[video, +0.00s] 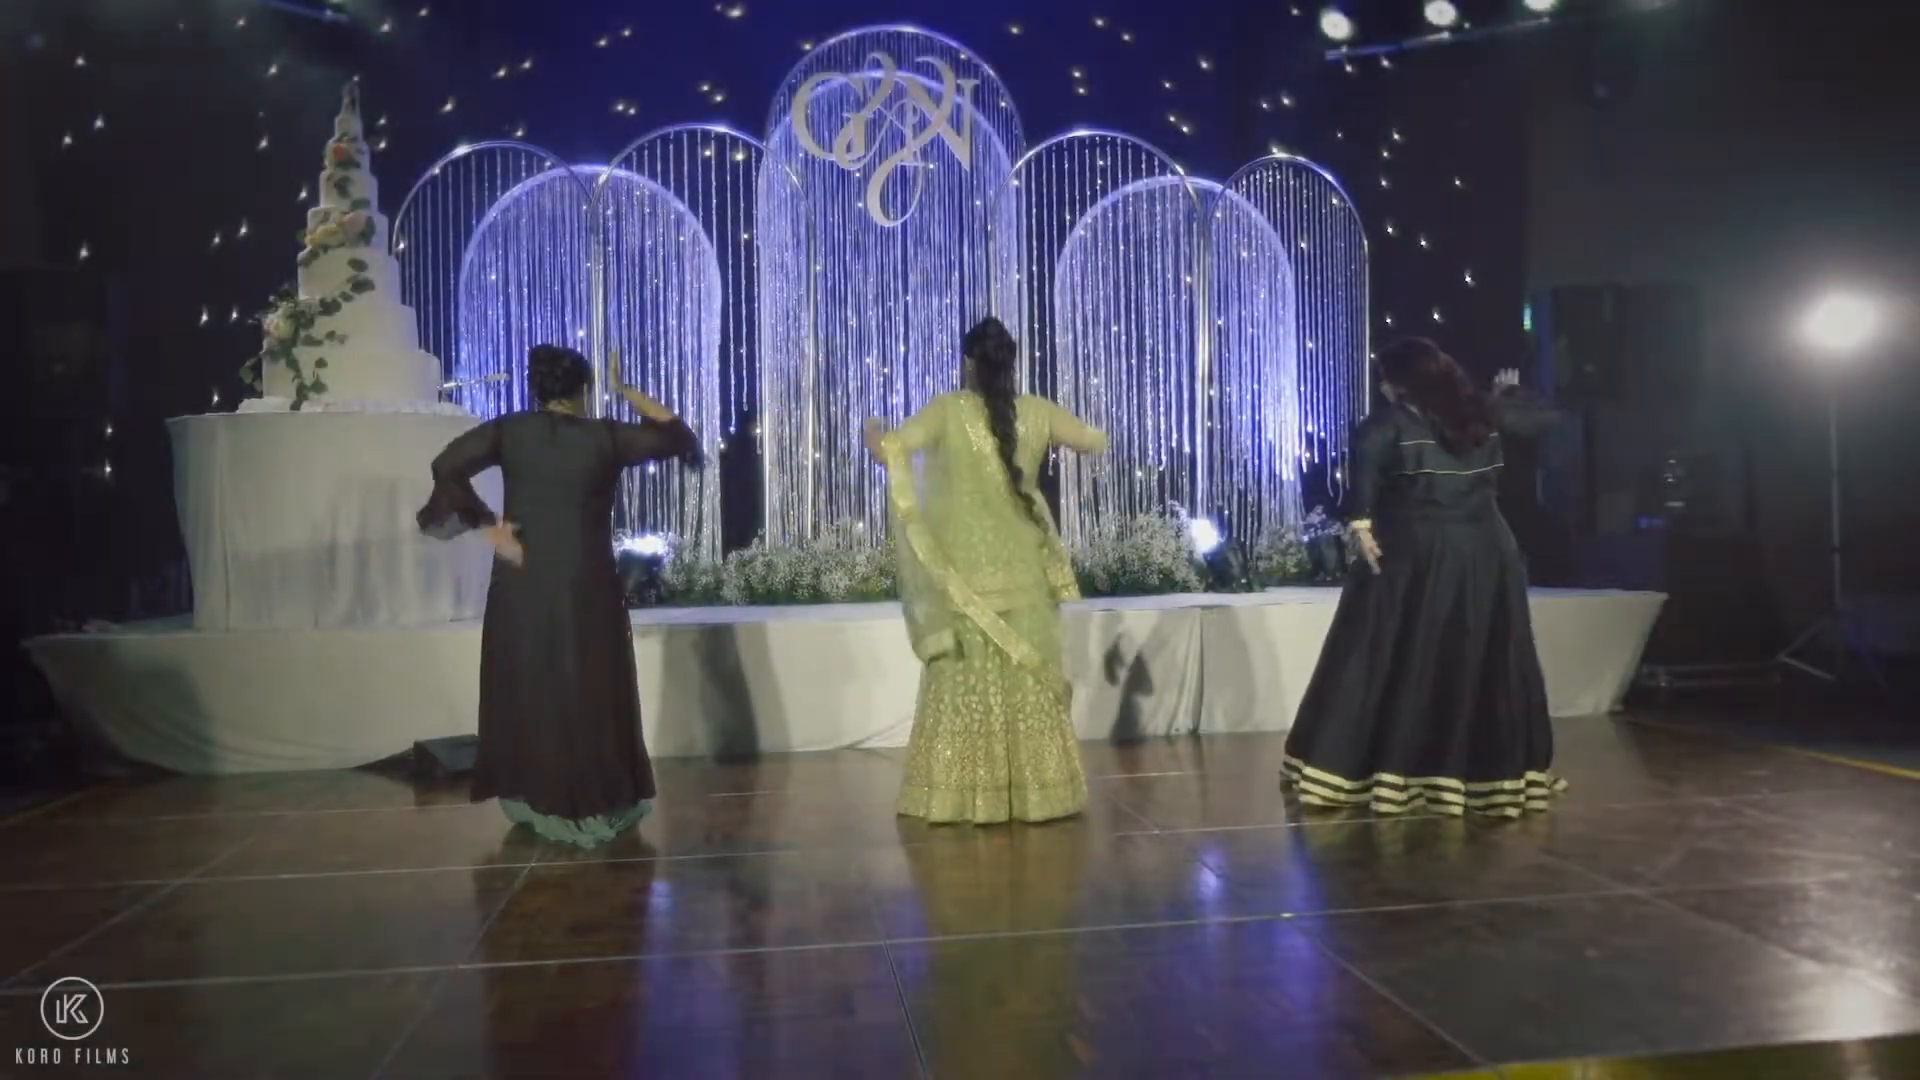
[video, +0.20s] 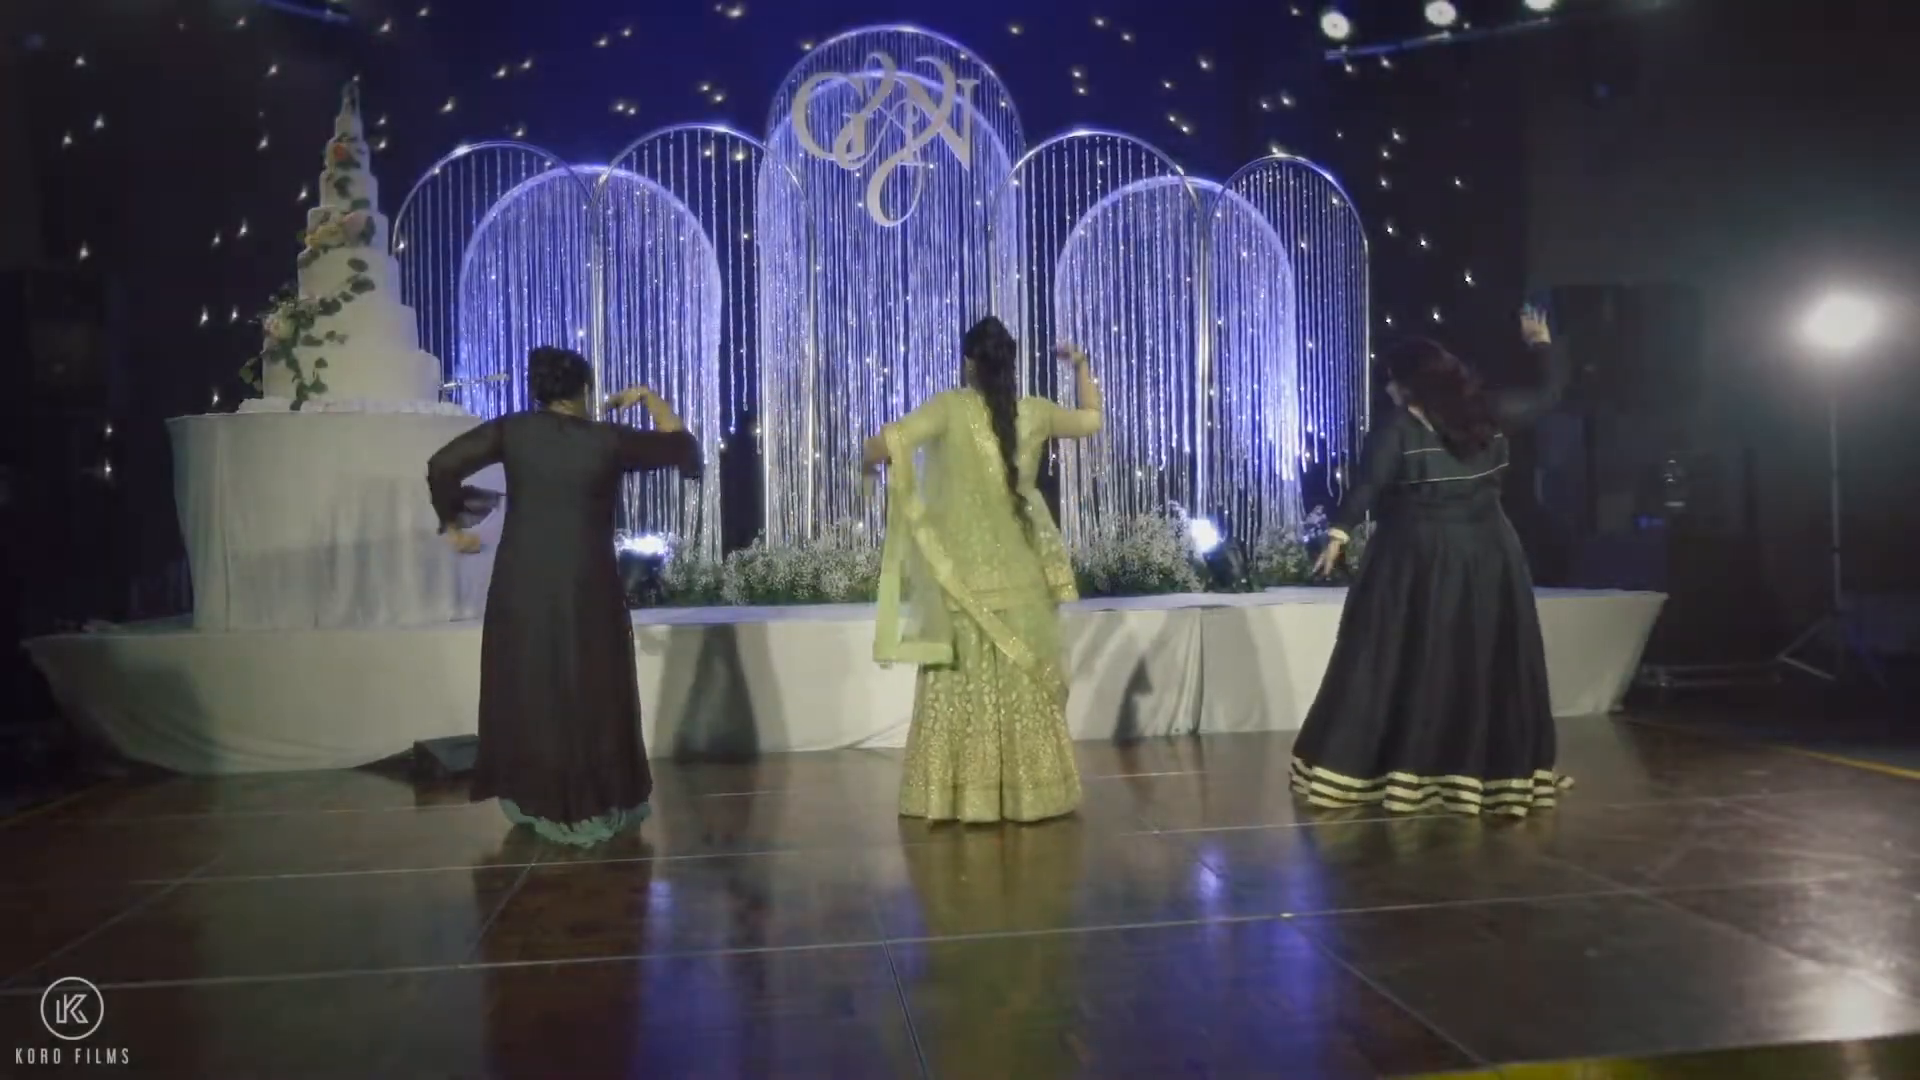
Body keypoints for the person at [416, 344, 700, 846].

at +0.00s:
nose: (583, 395)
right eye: (583, 388)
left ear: (535, 389)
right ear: (583, 390)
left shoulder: (509, 430)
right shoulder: (604, 437)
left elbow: (446, 467)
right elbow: (678, 438)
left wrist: (489, 525)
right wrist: (639, 400)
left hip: (522, 584)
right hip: (584, 583)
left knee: (527, 691)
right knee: (592, 691)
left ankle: (533, 805)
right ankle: (594, 808)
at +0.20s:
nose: (589, 396)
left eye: (584, 389)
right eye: (588, 389)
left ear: (537, 392)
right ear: (584, 392)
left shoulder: (511, 430)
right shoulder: (607, 440)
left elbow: (442, 467)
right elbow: (685, 454)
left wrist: (454, 524)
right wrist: (655, 402)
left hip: (521, 584)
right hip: (585, 586)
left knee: (528, 692)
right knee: (592, 691)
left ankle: (534, 807)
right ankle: (593, 810)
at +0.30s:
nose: (595, 399)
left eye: (590, 392)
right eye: (594, 392)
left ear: (540, 393)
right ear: (588, 393)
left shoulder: (512, 433)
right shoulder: (613, 441)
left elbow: (441, 464)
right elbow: (683, 453)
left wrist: (400, 501)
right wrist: (677, 393)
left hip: (523, 587)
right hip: (588, 589)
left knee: (531, 693)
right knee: (594, 693)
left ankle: (537, 809)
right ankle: (596, 810)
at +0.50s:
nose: (597, 396)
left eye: (593, 390)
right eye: (594, 390)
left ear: (541, 393)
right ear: (586, 392)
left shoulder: (516, 434)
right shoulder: (615, 437)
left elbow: (442, 428)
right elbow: (687, 432)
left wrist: (374, 420)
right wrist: (709, 377)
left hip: (528, 587)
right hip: (592, 588)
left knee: (536, 693)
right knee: (596, 693)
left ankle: (540, 809)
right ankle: (598, 810)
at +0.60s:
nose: (592, 397)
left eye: (583, 389)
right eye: (590, 388)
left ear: (543, 393)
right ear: (587, 391)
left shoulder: (519, 434)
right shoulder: (615, 437)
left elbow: (453, 403)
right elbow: (684, 409)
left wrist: (403, 364)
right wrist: (704, 349)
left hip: (530, 586)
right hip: (593, 587)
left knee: (537, 693)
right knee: (598, 693)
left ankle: (544, 810)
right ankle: (602, 809)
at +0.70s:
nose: (592, 392)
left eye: (587, 385)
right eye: (589, 386)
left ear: (540, 393)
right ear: (583, 390)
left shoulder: (521, 434)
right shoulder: (610, 437)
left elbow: (469, 386)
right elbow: (669, 397)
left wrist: (450, 329)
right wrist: (672, 332)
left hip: (531, 583)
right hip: (592, 584)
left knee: (535, 693)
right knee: (598, 693)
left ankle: (541, 809)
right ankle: (600, 810)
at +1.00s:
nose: (595, 394)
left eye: (591, 386)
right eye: (590, 387)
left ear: (539, 393)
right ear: (577, 394)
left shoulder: (519, 435)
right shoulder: (605, 438)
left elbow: (501, 388)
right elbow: (637, 400)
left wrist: (529, 346)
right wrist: (607, 339)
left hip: (530, 577)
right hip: (589, 578)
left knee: (533, 685)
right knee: (597, 685)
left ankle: (536, 803)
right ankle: (598, 805)